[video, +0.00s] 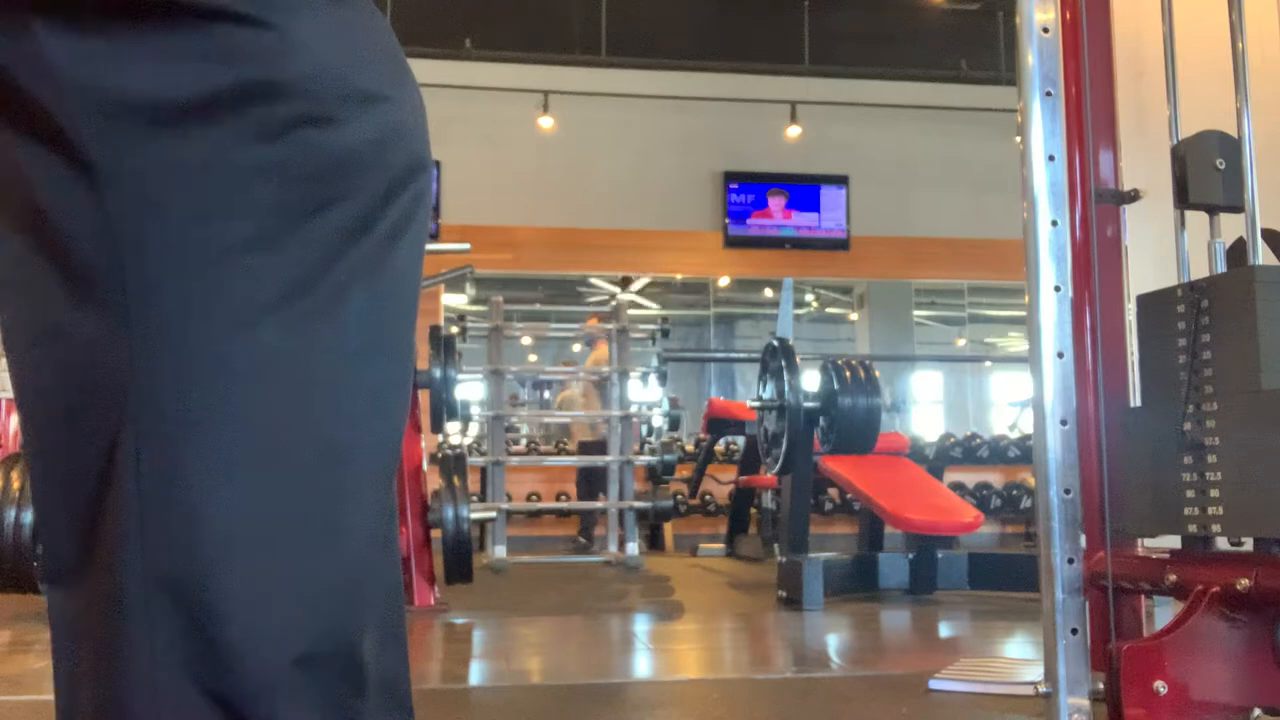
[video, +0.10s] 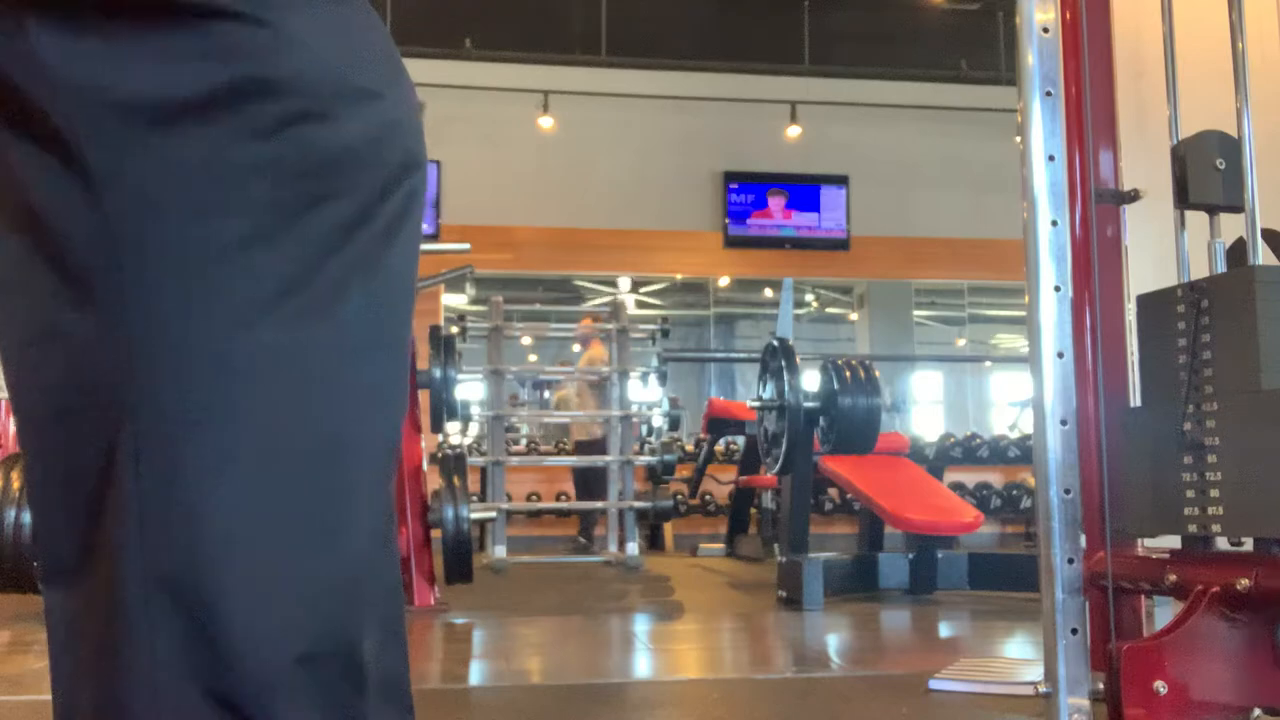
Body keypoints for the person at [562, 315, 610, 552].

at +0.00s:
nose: (586, 336)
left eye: (588, 331)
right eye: (586, 331)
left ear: (596, 332)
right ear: (601, 332)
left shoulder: (598, 356)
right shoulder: (604, 354)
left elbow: (588, 392)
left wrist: (597, 425)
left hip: (593, 434)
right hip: (598, 433)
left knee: (586, 487)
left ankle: (585, 534)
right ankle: (585, 532)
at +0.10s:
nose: (577, 333)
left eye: (581, 328)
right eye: (577, 328)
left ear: (593, 331)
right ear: (586, 331)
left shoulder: (597, 355)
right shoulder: (588, 355)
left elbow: (599, 390)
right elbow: (587, 392)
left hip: (592, 432)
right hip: (584, 431)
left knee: (589, 487)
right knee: (585, 486)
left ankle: (586, 534)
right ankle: (584, 533)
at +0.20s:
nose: (574, 335)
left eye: (577, 331)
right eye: (574, 331)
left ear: (587, 333)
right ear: (585, 334)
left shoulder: (592, 356)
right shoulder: (587, 356)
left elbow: (597, 386)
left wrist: (569, 390)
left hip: (589, 430)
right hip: (584, 429)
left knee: (585, 482)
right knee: (585, 482)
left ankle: (586, 534)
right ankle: (585, 532)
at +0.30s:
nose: (573, 335)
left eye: (576, 331)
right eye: (574, 331)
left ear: (585, 334)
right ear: (586, 335)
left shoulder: (587, 357)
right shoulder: (588, 356)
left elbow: (592, 392)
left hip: (586, 434)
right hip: (585, 433)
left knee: (582, 483)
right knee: (585, 484)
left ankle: (586, 535)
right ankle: (585, 533)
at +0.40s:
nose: (571, 335)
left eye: (575, 331)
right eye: (572, 331)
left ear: (584, 334)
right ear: (585, 334)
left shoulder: (586, 357)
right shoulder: (584, 357)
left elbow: (589, 398)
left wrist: (580, 427)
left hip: (586, 431)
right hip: (585, 431)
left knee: (575, 479)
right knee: (579, 480)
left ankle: (585, 534)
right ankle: (583, 533)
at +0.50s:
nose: (570, 334)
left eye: (573, 329)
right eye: (571, 329)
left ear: (582, 332)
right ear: (583, 333)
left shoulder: (585, 358)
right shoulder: (582, 357)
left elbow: (570, 394)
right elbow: (569, 393)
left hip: (581, 432)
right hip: (576, 432)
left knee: (573, 481)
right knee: (577, 483)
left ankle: (602, 524)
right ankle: (584, 533)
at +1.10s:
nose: (555, 332)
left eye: (560, 328)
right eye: (557, 327)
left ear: (570, 331)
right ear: (574, 332)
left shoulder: (569, 357)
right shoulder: (579, 356)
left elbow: (568, 397)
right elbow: (576, 396)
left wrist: (564, 429)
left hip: (568, 430)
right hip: (580, 429)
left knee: (557, 482)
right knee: (579, 483)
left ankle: (566, 536)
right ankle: (584, 535)